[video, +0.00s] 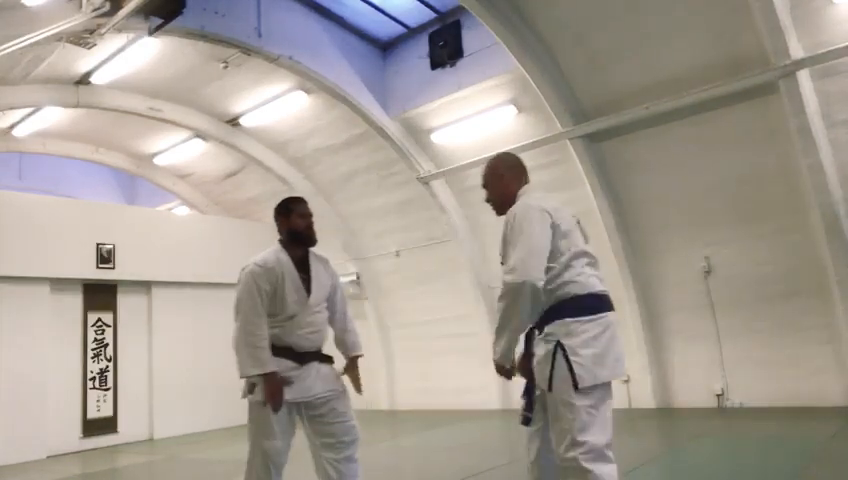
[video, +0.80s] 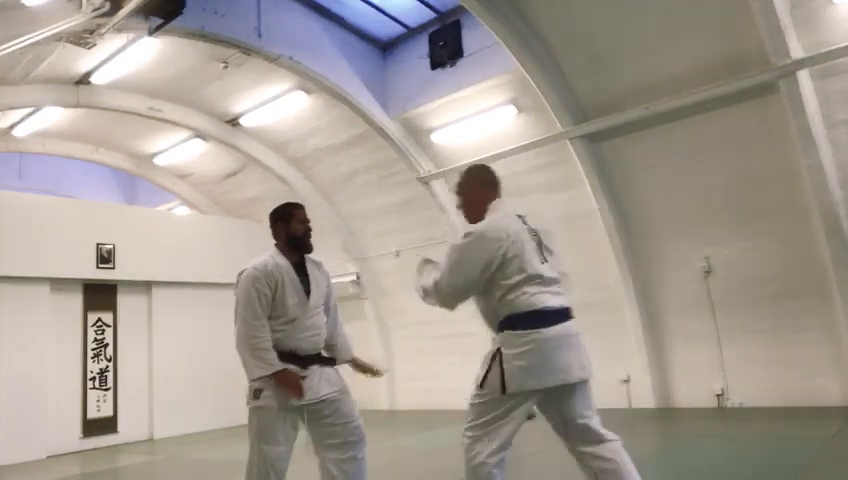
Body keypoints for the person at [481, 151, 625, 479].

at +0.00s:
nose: (485, 196)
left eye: (488, 186)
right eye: (484, 188)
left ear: (507, 180)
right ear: (516, 180)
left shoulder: (527, 210)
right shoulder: (546, 210)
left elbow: (524, 279)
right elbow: (557, 290)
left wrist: (504, 348)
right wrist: (533, 350)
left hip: (575, 329)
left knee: (581, 450)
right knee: (546, 448)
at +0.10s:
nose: (499, 185)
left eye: (501, 175)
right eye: (499, 176)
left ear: (519, 170)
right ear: (533, 169)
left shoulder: (532, 203)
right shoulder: (561, 200)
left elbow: (527, 276)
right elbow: (575, 272)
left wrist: (509, 330)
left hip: (572, 326)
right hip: (592, 320)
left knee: (583, 449)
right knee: (588, 446)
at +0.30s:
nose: (517, 186)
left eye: (519, 176)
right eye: (516, 177)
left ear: (535, 174)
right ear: (556, 173)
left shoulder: (536, 215)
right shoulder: (592, 210)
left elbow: (532, 289)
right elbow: (610, 273)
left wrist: (520, 314)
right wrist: (548, 311)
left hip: (577, 340)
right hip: (622, 331)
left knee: (564, 445)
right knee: (639, 430)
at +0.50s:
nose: (515, 193)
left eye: (515, 184)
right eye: (514, 185)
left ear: (525, 179)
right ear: (551, 178)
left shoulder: (524, 218)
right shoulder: (596, 212)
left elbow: (511, 288)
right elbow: (626, 274)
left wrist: (488, 287)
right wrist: (593, 300)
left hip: (557, 335)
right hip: (608, 331)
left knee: (522, 430)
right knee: (636, 432)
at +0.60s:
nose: (504, 195)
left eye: (505, 186)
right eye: (503, 187)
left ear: (517, 185)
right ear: (539, 183)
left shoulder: (514, 223)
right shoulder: (585, 219)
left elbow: (479, 284)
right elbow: (622, 274)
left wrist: (454, 276)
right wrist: (583, 298)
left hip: (546, 339)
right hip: (596, 335)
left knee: (510, 436)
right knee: (630, 435)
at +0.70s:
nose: (484, 202)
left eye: (486, 193)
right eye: (483, 194)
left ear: (500, 191)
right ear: (520, 190)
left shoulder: (496, 231)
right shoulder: (561, 225)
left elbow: (449, 281)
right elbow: (603, 278)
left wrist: (419, 272)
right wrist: (561, 298)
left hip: (535, 343)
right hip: (585, 336)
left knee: (492, 435)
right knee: (607, 433)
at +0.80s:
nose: (458, 201)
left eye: (462, 192)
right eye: (458, 192)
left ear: (481, 193)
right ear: (494, 193)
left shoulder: (483, 235)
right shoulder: (528, 227)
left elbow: (447, 294)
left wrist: (426, 278)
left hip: (523, 348)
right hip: (565, 339)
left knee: (481, 439)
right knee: (588, 434)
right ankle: (628, 477)